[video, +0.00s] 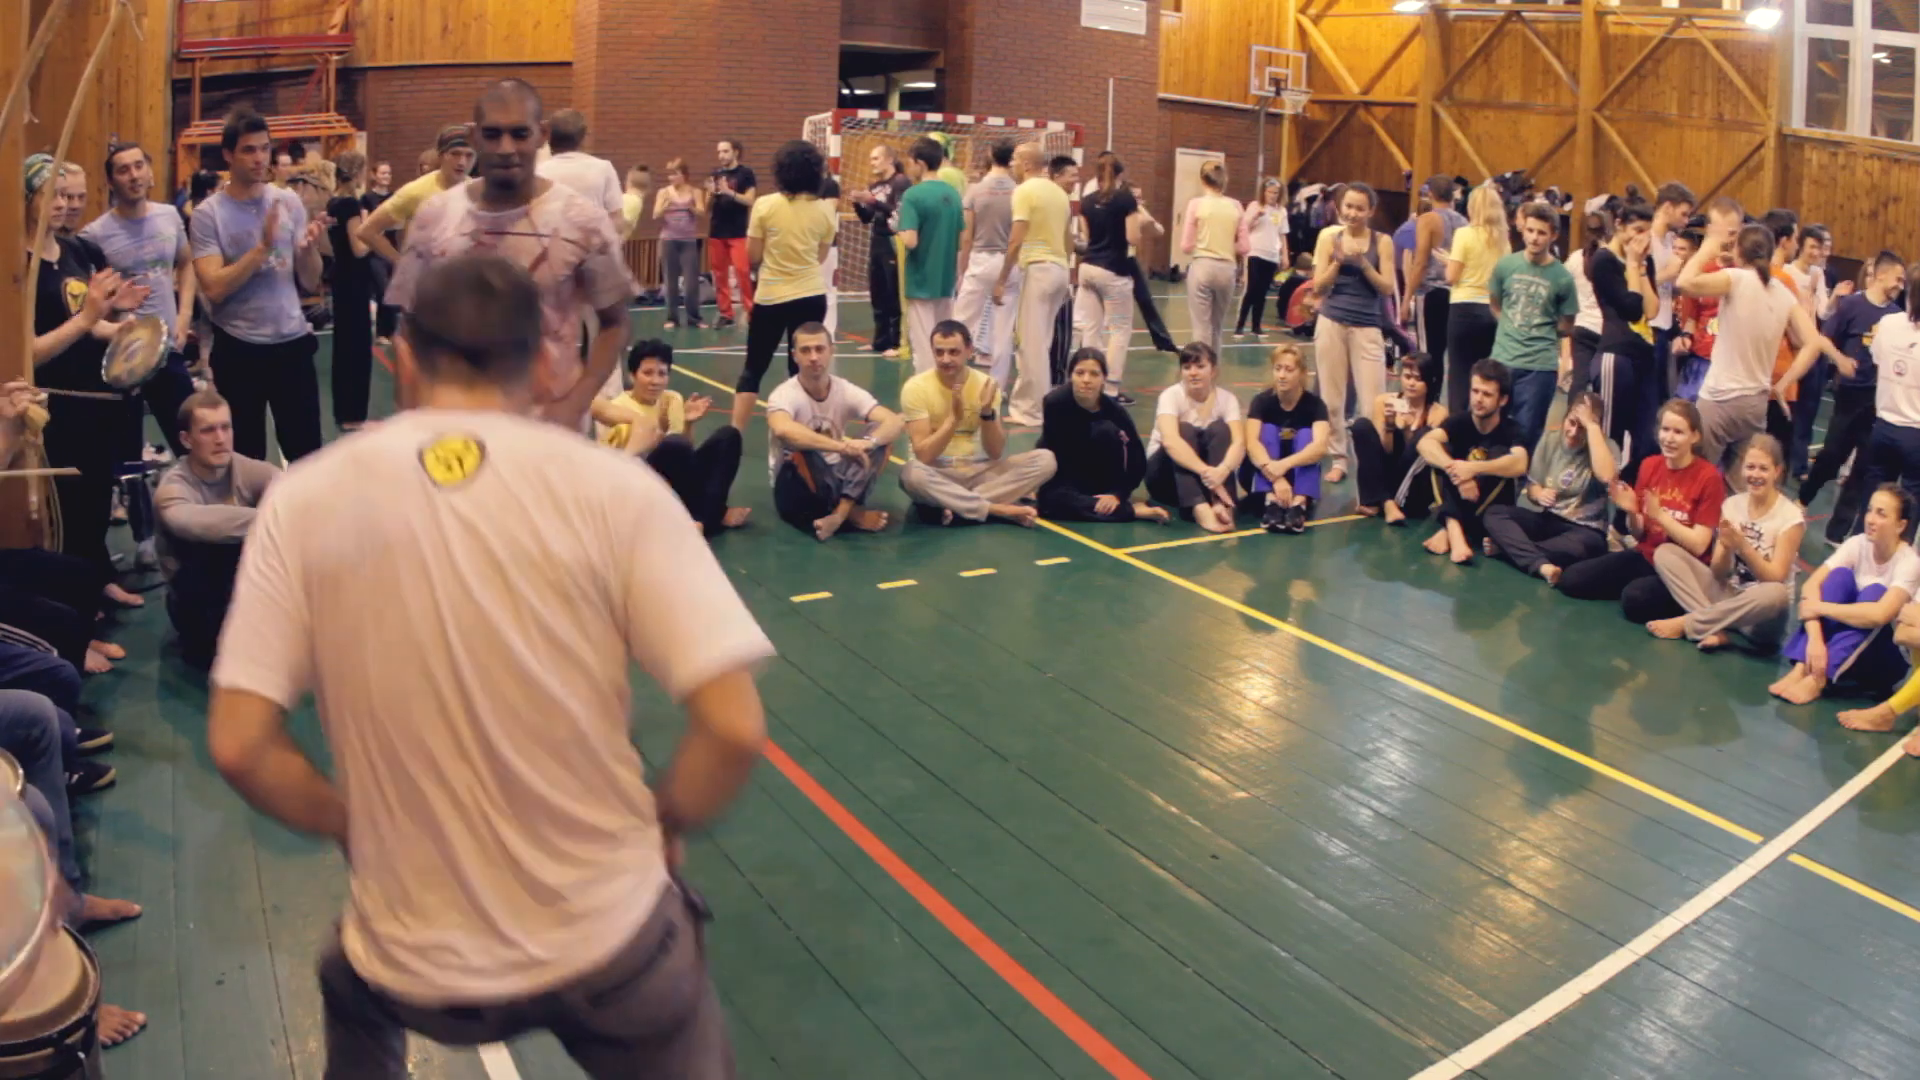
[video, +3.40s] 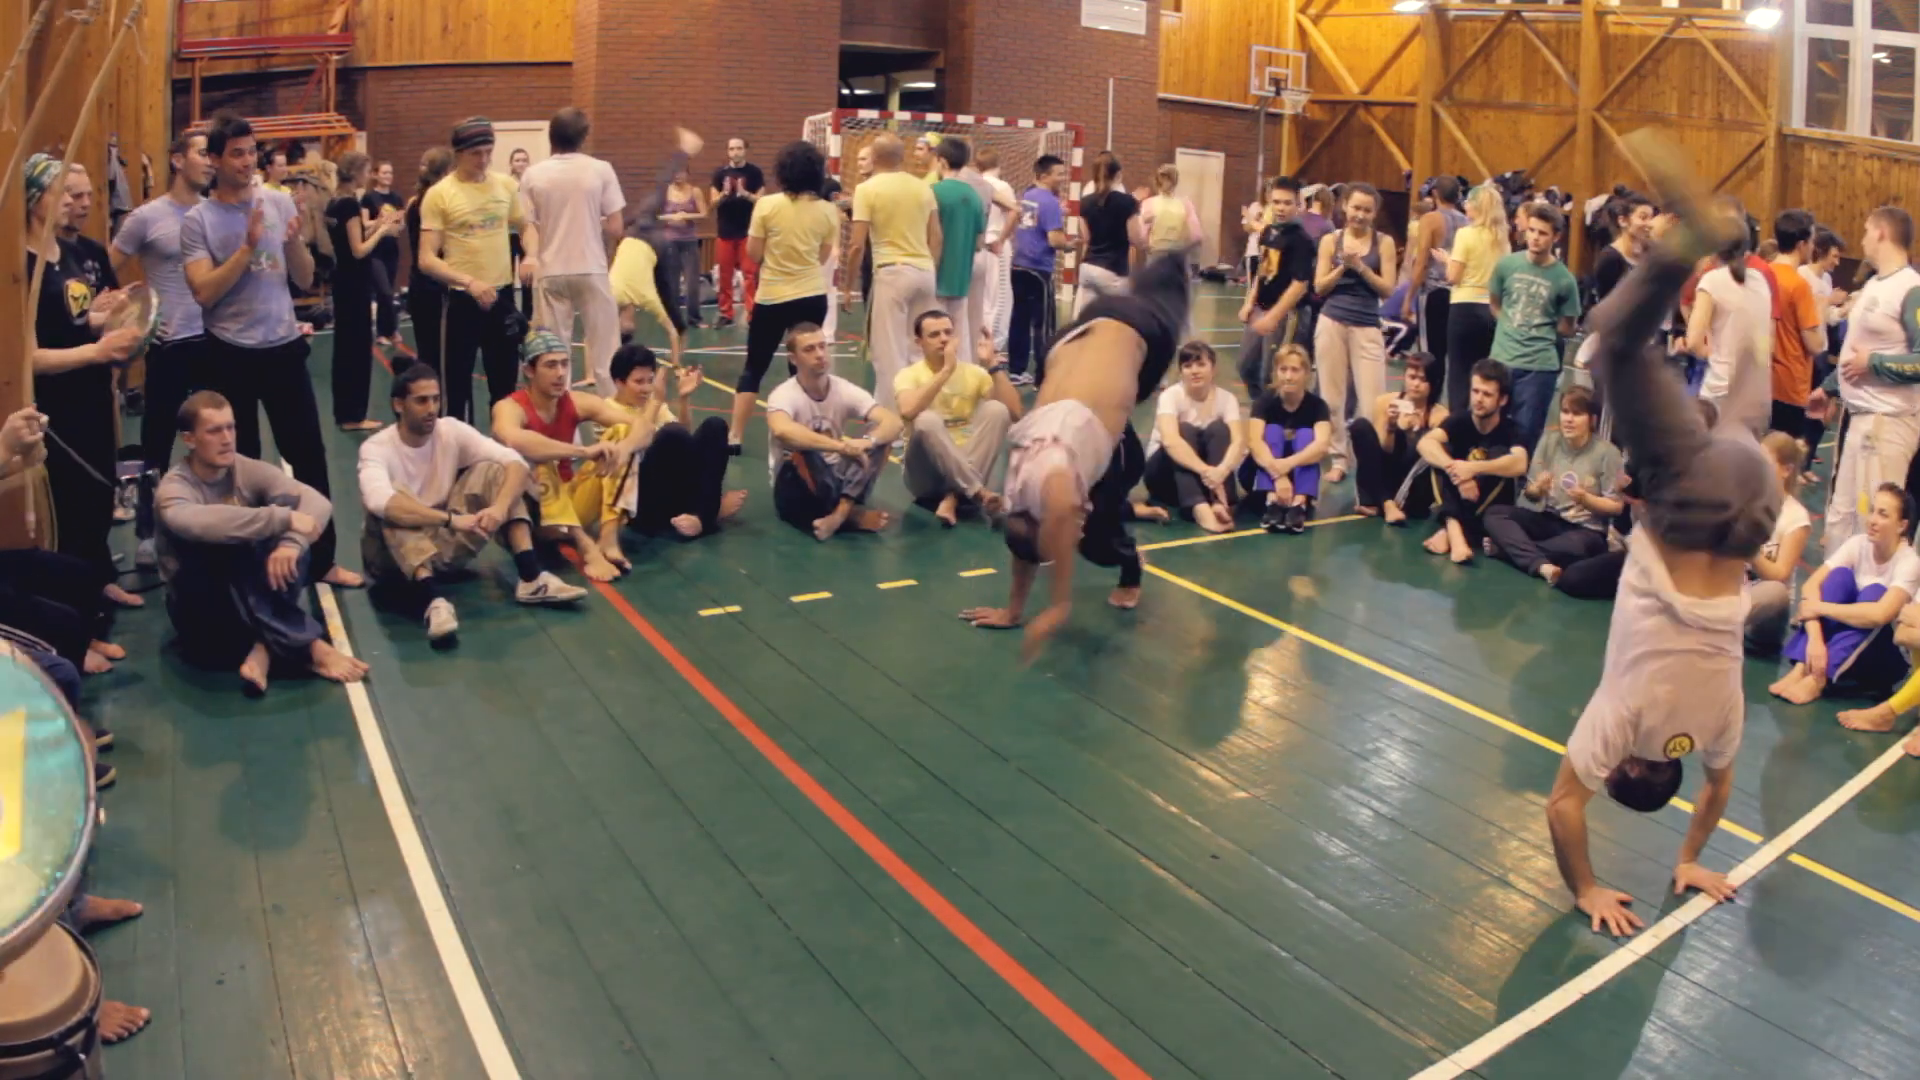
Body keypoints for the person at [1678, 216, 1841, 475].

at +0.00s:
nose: (1731, 253)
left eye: (1733, 248)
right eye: (1731, 247)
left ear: (1739, 252)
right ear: (1769, 255)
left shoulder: (1734, 278)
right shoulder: (1785, 295)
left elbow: (1685, 283)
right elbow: (1813, 343)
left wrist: (1709, 245)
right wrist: (1782, 385)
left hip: (1720, 397)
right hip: (1757, 402)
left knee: (1699, 477)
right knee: (1741, 483)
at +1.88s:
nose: (1709, 252)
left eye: (1710, 248)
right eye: (1711, 248)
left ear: (1716, 250)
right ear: (1746, 249)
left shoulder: (1719, 277)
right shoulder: (1768, 286)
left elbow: (1678, 308)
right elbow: (1779, 351)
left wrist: (1684, 258)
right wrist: (1766, 398)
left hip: (1718, 392)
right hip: (1755, 393)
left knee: (1705, 477)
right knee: (1737, 479)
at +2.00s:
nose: (1706, 252)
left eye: (1708, 246)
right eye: (1707, 246)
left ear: (1714, 249)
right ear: (1743, 248)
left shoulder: (1717, 279)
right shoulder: (1764, 283)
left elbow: (1691, 330)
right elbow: (1772, 343)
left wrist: (1679, 297)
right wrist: (1761, 383)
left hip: (1719, 391)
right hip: (1755, 391)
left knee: (1706, 476)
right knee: (1738, 476)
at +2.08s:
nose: (1705, 252)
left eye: (1707, 246)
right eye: (1707, 246)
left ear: (1714, 250)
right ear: (1743, 248)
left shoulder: (1714, 279)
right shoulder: (1764, 284)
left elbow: (1701, 337)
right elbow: (1773, 344)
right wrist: (1758, 377)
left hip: (1718, 390)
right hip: (1755, 391)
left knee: (1706, 476)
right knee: (1738, 476)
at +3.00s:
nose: (1700, 251)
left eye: (1702, 245)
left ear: (1707, 249)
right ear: (1740, 248)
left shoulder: (1708, 280)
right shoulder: (1757, 281)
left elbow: (1699, 340)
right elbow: (1767, 338)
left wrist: (1687, 345)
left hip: (1719, 390)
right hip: (1756, 389)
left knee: (1708, 480)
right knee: (1744, 482)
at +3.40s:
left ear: (1714, 246)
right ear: (1746, 244)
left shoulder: (1711, 281)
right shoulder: (1760, 280)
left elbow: (1693, 342)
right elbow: (1768, 340)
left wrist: (1712, 353)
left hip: (1720, 390)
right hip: (1760, 392)